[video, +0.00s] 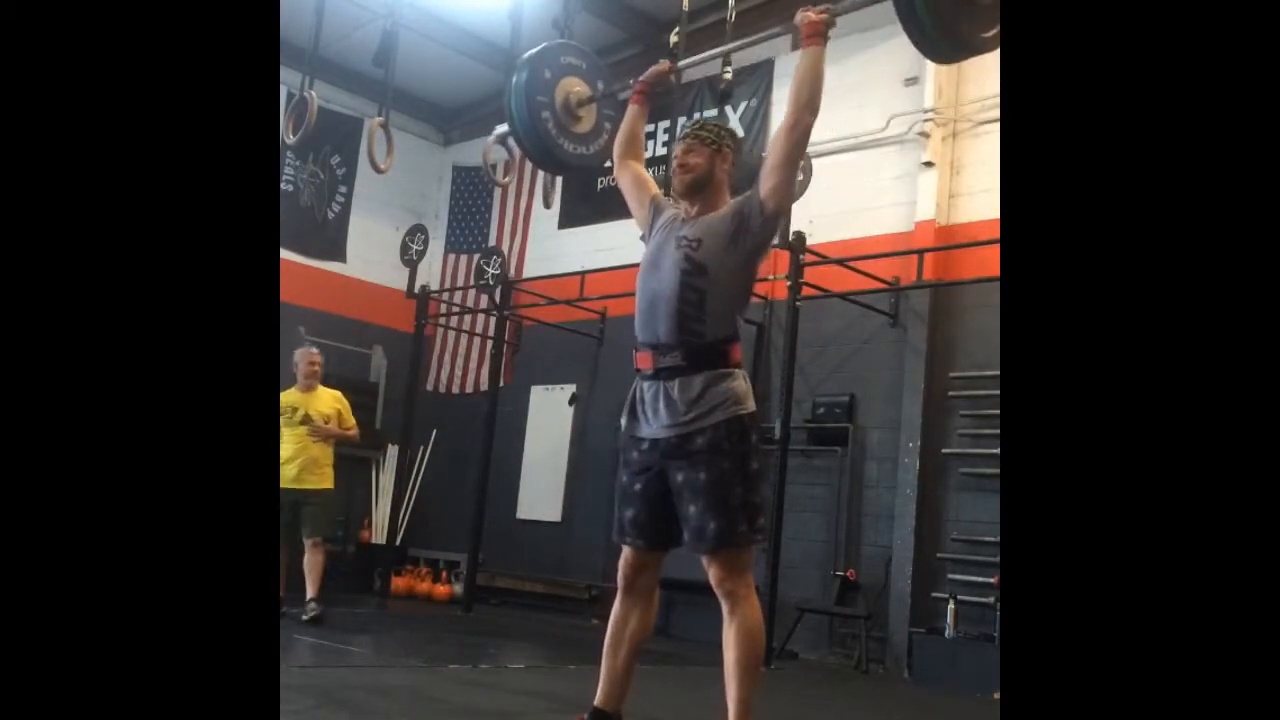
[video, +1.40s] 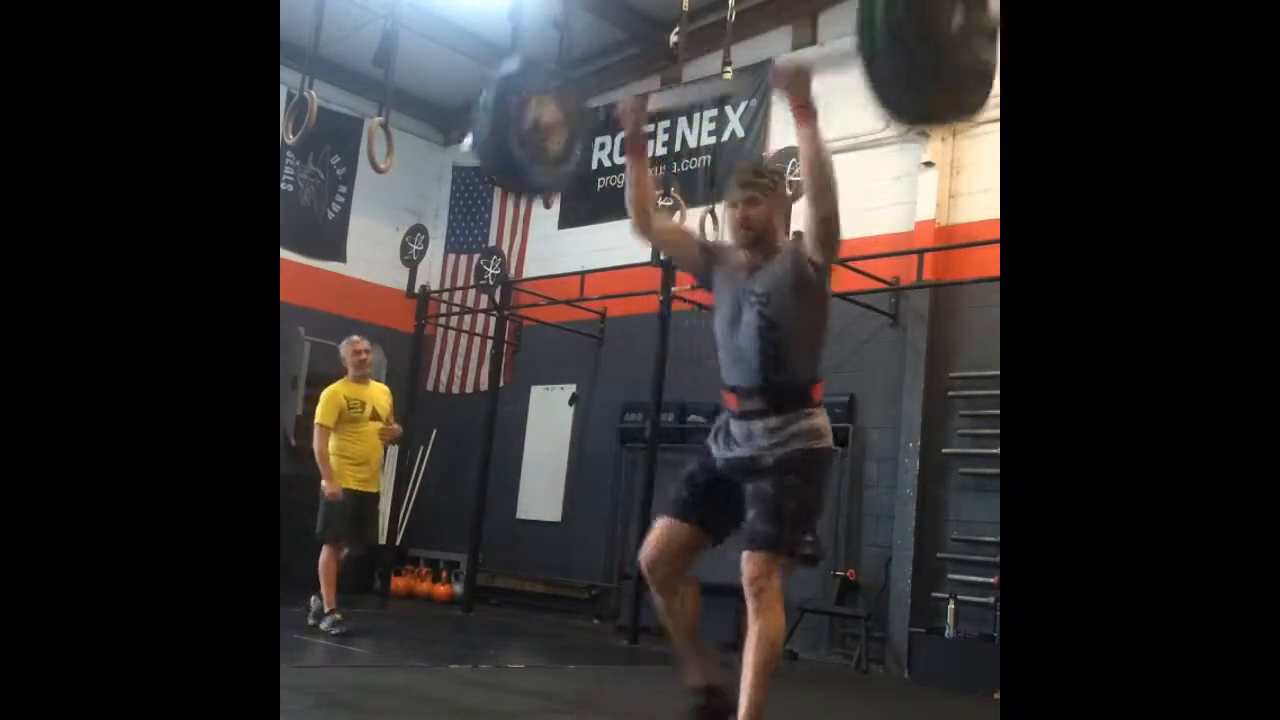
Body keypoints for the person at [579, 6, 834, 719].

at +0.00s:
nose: (687, 151)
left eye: (702, 144)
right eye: (682, 145)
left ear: (729, 162)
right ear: (675, 162)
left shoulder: (748, 217)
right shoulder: (659, 217)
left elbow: (798, 125)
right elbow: (624, 162)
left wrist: (812, 42)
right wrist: (639, 93)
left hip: (712, 405)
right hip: (648, 405)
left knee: (730, 581)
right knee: (633, 572)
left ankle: (738, 716)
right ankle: (604, 710)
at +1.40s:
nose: (744, 212)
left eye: (755, 200)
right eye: (736, 203)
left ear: (783, 205)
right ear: (727, 211)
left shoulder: (806, 262)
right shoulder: (719, 264)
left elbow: (819, 194)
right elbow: (648, 222)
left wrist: (803, 109)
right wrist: (635, 143)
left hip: (793, 436)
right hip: (731, 433)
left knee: (760, 575)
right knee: (659, 559)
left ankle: (747, 714)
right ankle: (703, 684)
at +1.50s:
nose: (768, 230)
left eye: (779, 217)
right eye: (759, 217)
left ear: (804, 216)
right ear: (750, 220)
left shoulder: (834, 273)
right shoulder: (740, 280)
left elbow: (828, 306)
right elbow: (660, 299)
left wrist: (803, 239)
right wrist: (624, 231)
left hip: (799, 443)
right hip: (738, 439)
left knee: (766, 580)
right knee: (700, 586)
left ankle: (751, 714)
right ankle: (772, 699)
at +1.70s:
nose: (767, 219)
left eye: (779, 207)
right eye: (759, 209)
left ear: (803, 208)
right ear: (750, 214)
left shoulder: (843, 277)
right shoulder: (740, 284)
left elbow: (872, 368)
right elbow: (736, 370)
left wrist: (898, 456)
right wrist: (708, 441)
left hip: (807, 438)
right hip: (743, 437)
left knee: (779, 569)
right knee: (752, 584)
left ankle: (763, 713)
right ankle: (792, 708)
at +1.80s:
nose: (768, 213)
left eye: (781, 201)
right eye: (760, 201)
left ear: (803, 203)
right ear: (750, 207)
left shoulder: (838, 270)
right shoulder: (742, 272)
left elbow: (887, 331)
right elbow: (750, 348)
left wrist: (934, 375)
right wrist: (742, 411)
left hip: (808, 428)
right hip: (748, 431)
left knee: (777, 567)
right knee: (760, 577)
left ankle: (785, 710)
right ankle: (788, 706)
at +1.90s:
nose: (771, 213)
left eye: (782, 200)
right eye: (762, 202)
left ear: (803, 201)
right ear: (750, 207)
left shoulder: (839, 256)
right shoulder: (741, 266)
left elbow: (901, 302)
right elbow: (760, 333)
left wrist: (957, 338)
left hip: (811, 423)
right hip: (754, 425)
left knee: (777, 572)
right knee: (767, 579)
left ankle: (791, 711)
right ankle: (787, 708)